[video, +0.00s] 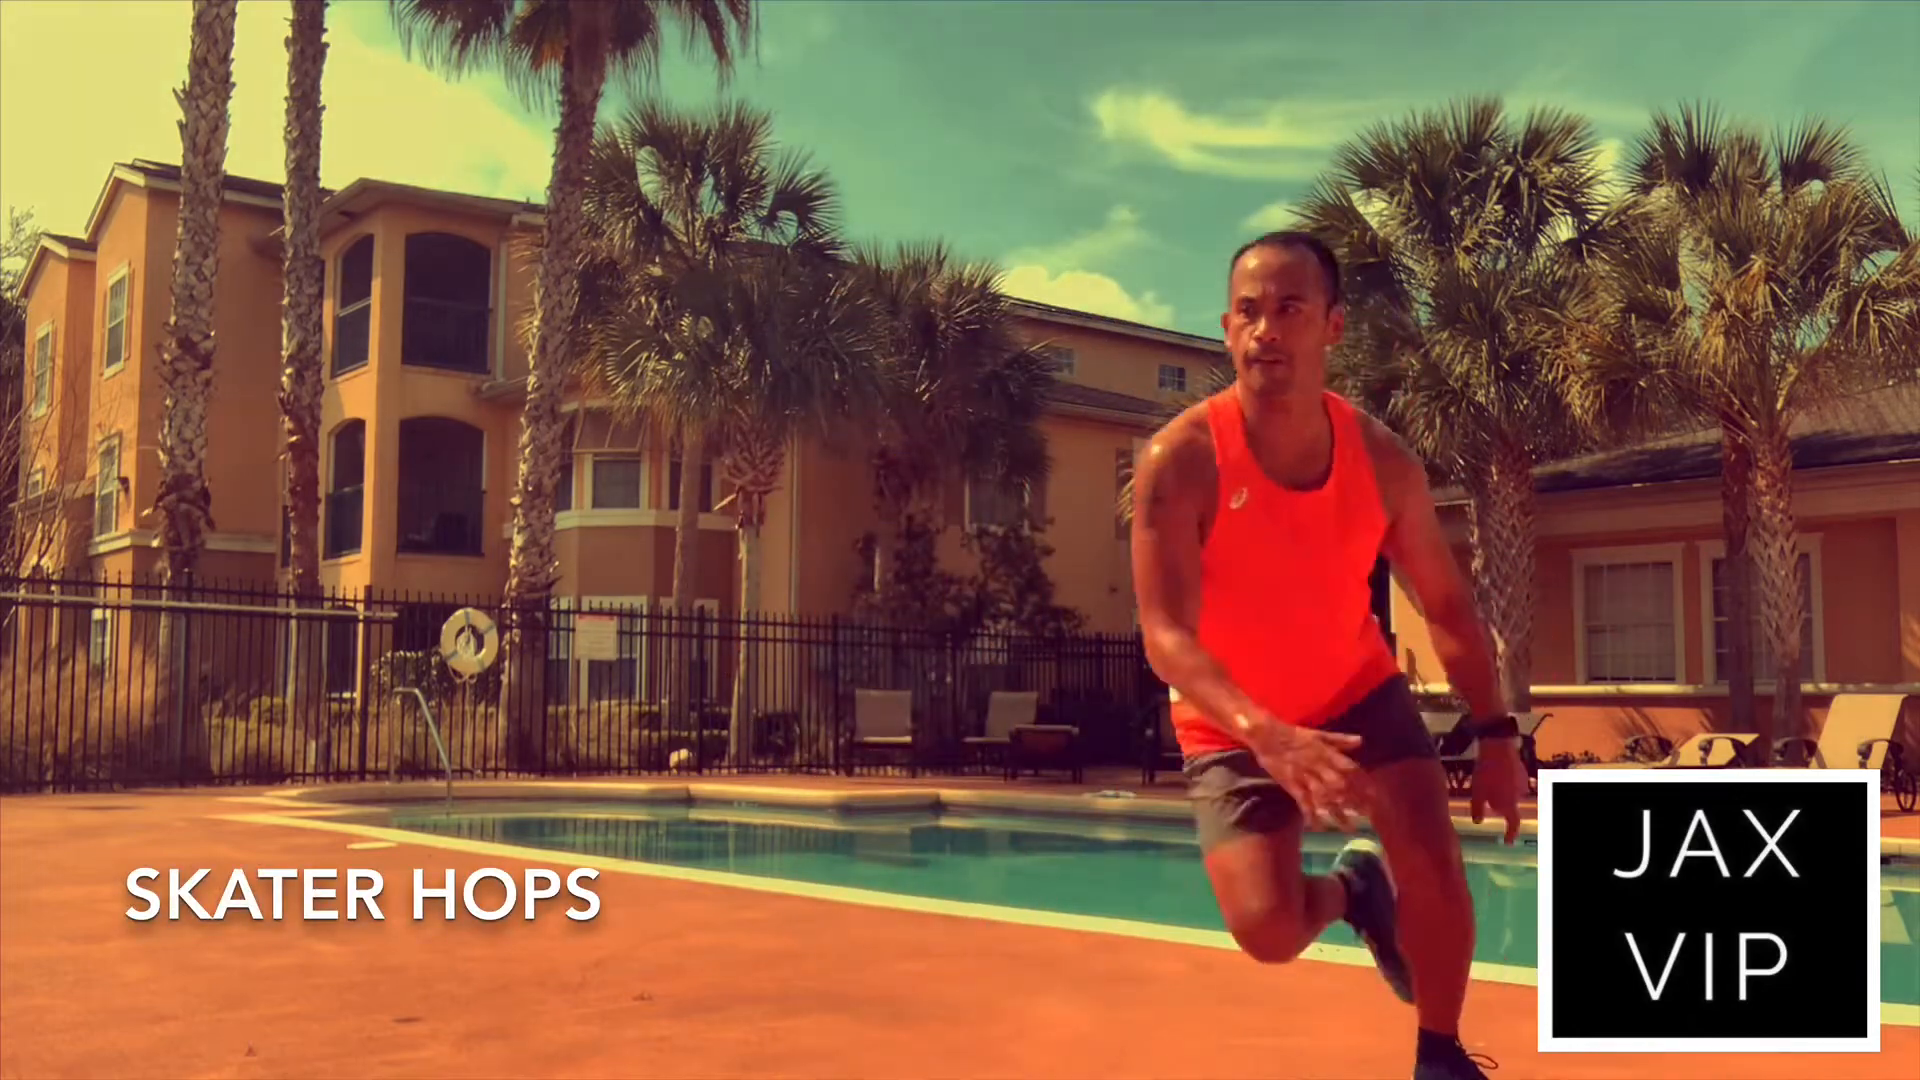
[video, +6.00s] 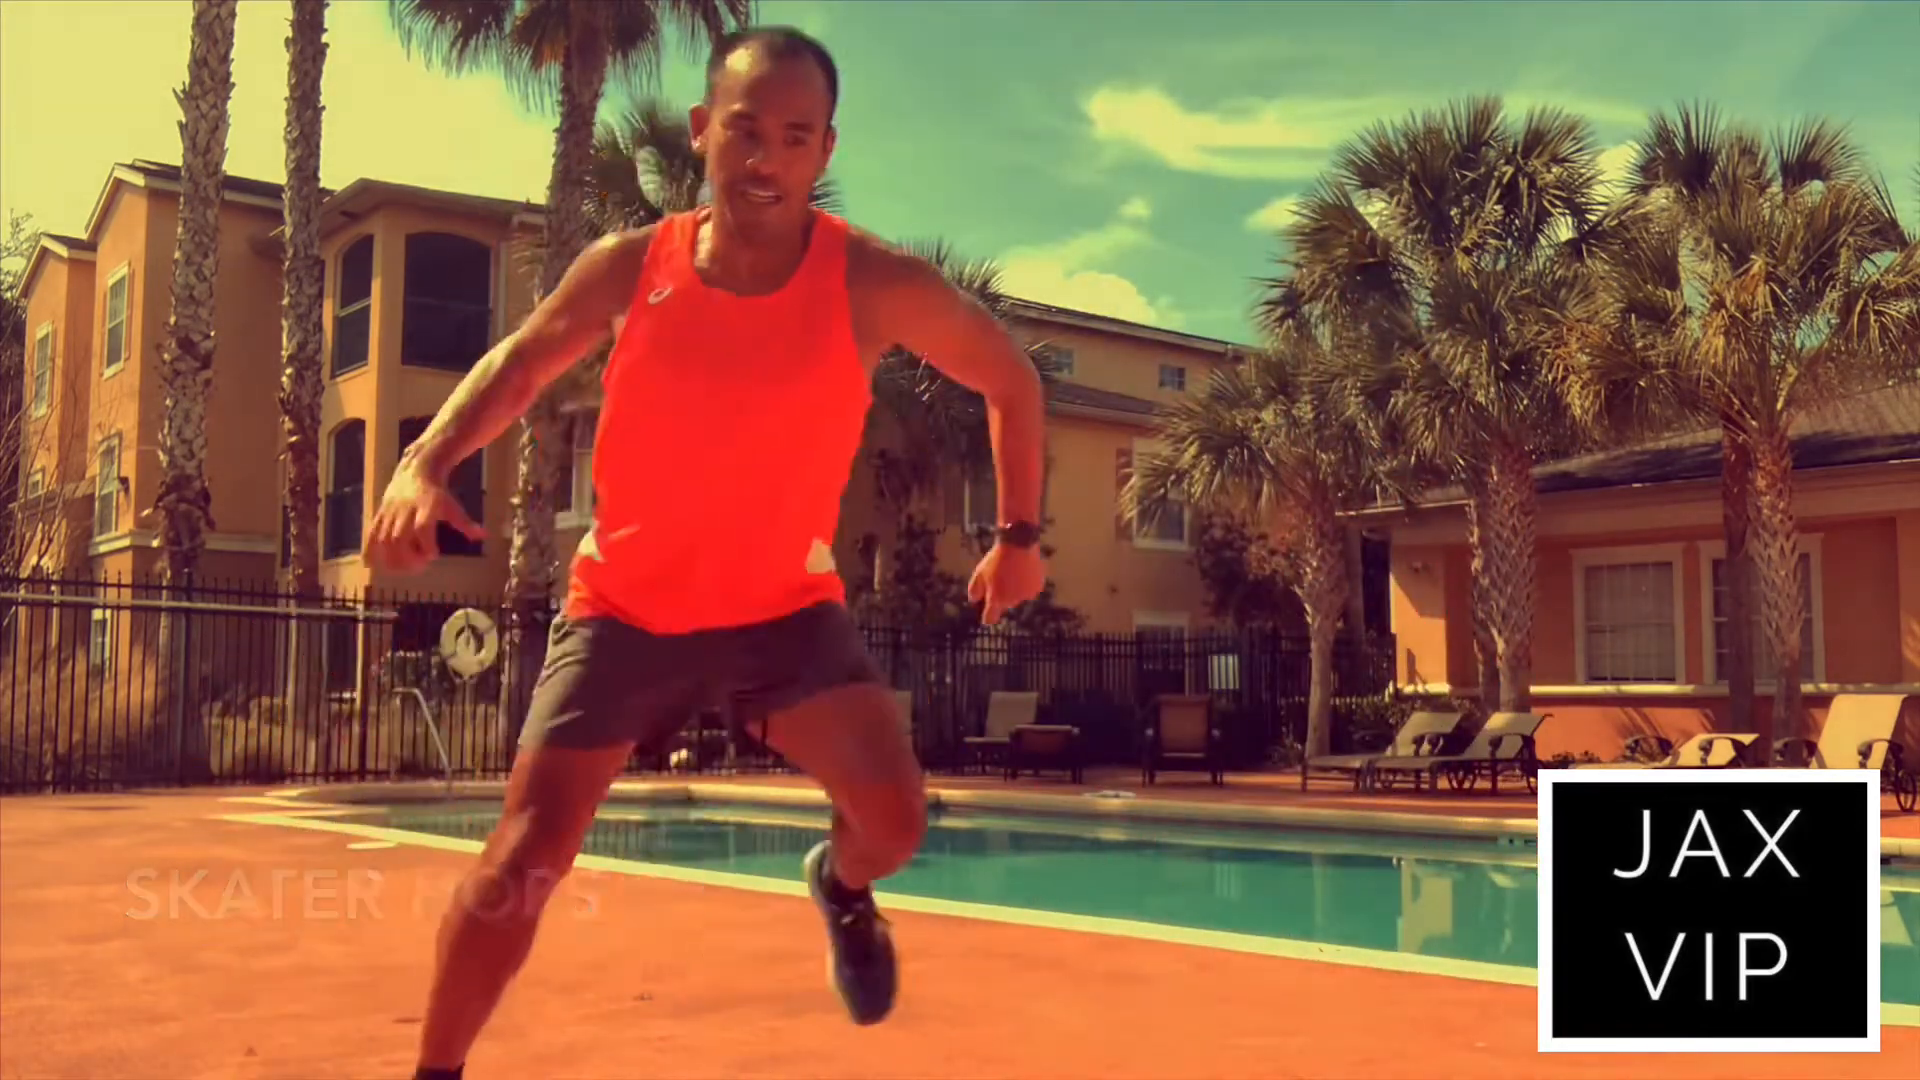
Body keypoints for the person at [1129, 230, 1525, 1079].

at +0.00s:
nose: (1263, 327)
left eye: (1289, 306)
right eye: (1246, 309)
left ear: (1333, 327)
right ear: (1228, 329)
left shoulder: (1381, 461)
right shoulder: (1178, 460)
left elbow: (1447, 606)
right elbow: (1165, 636)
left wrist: (1496, 734)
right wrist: (1265, 735)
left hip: (1356, 692)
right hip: (1225, 718)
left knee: (1431, 863)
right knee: (1265, 933)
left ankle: (1441, 1052)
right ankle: (1358, 891)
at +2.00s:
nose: (1409, 446)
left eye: (1430, 425)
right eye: (1386, 424)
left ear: (1455, 438)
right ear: (1339, 436)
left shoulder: (1464, 518)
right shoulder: (1294, 560)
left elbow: (1490, 570)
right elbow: (1374, 728)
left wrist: (1535, 659)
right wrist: (1556, 709)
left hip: (1446, 746)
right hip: (1339, 798)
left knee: (1442, 855)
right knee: (1484, 966)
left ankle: (1429, 1064)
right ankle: (1618, 1006)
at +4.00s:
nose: (1385, 336)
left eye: (1404, 312)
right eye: (1360, 309)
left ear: (1420, 322)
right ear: (1298, 314)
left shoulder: (1420, 424)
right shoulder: (1231, 452)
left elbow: (1433, 514)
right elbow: (1152, 648)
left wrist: (1453, 622)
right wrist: (1206, 807)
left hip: (1363, 689)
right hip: (1237, 727)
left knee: (1456, 873)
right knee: (1266, 984)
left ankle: (1478, 1072)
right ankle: (1350, 910)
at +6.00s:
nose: (768, 157)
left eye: (794, 136)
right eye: (746, 128)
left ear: (825, 151)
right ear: (703, 132)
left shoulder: (876, 287)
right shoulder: (627, 268)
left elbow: (1014, 383)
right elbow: (518, 368)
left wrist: (1018, 535)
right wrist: (423, 463)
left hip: (786, 607)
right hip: (626, 606)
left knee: (894, 821)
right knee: (521, 861)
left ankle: (842, 888)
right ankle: (436, 1068)